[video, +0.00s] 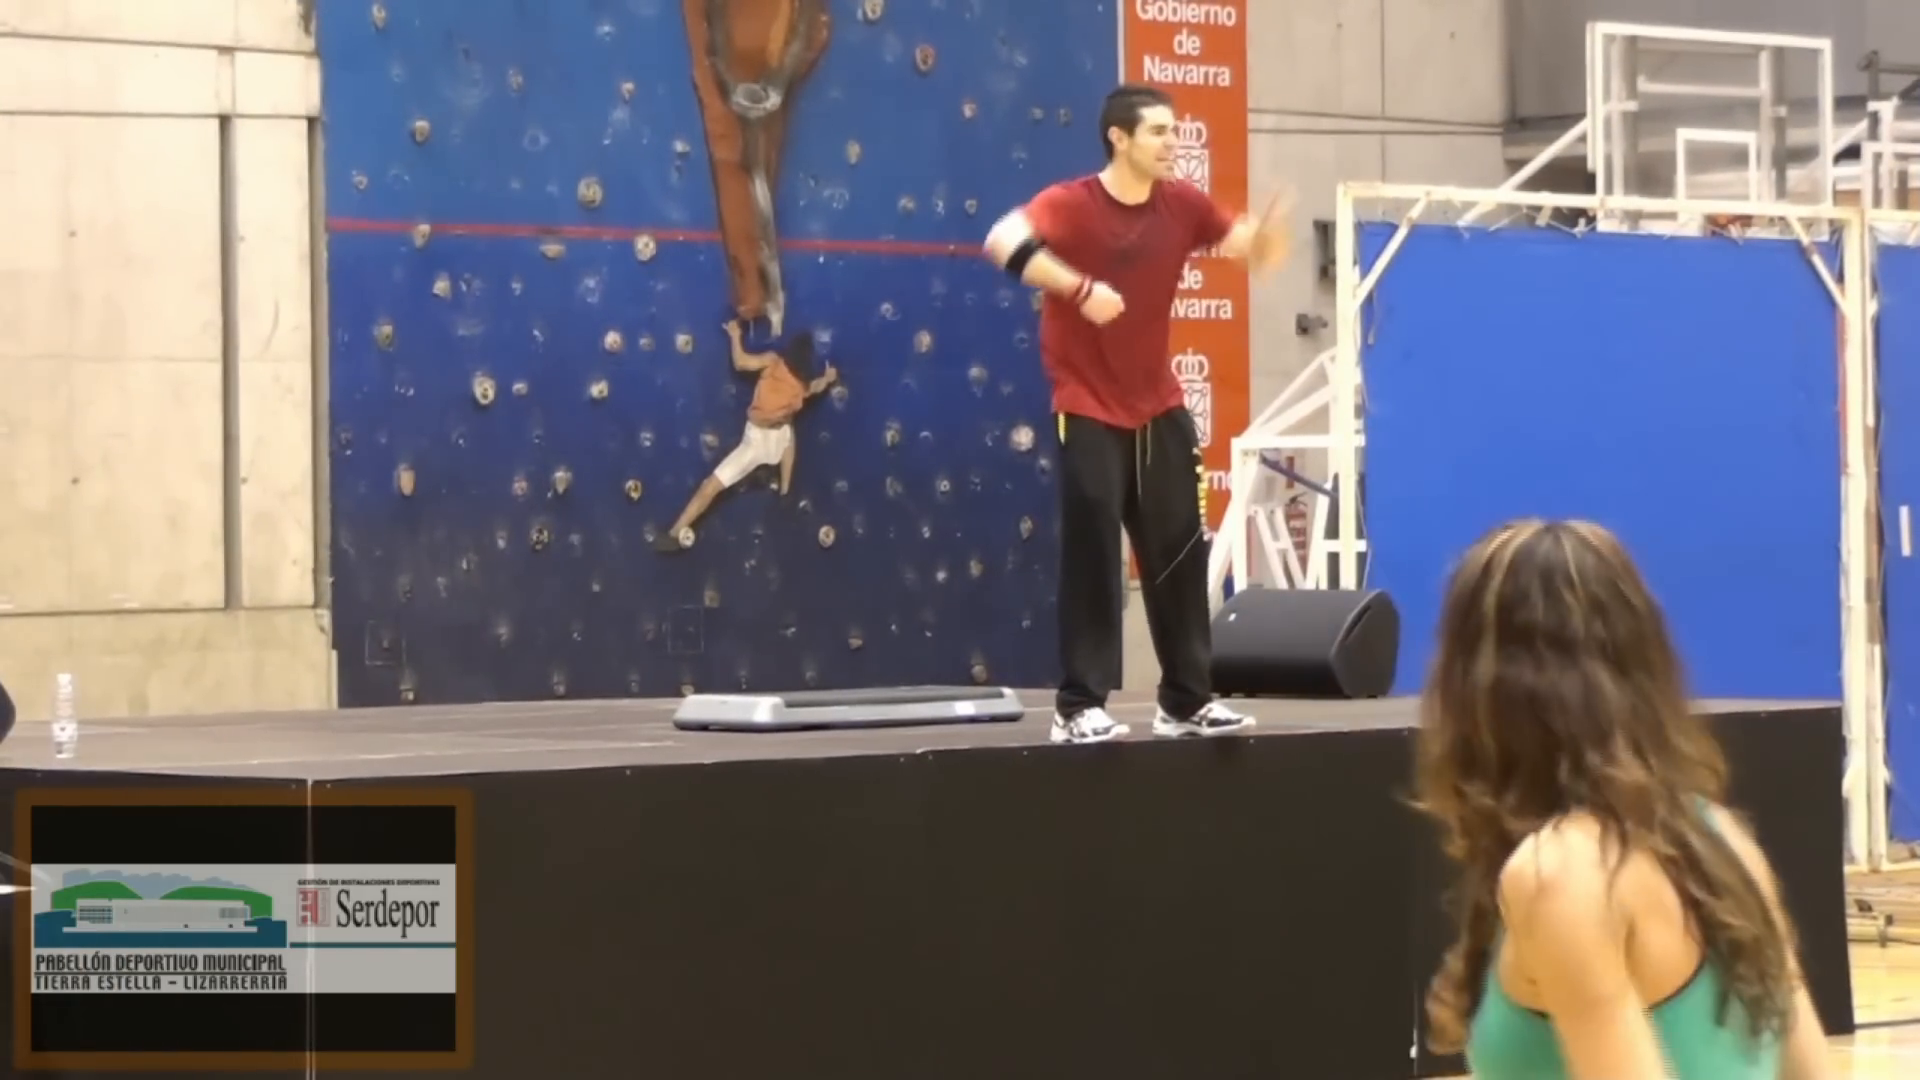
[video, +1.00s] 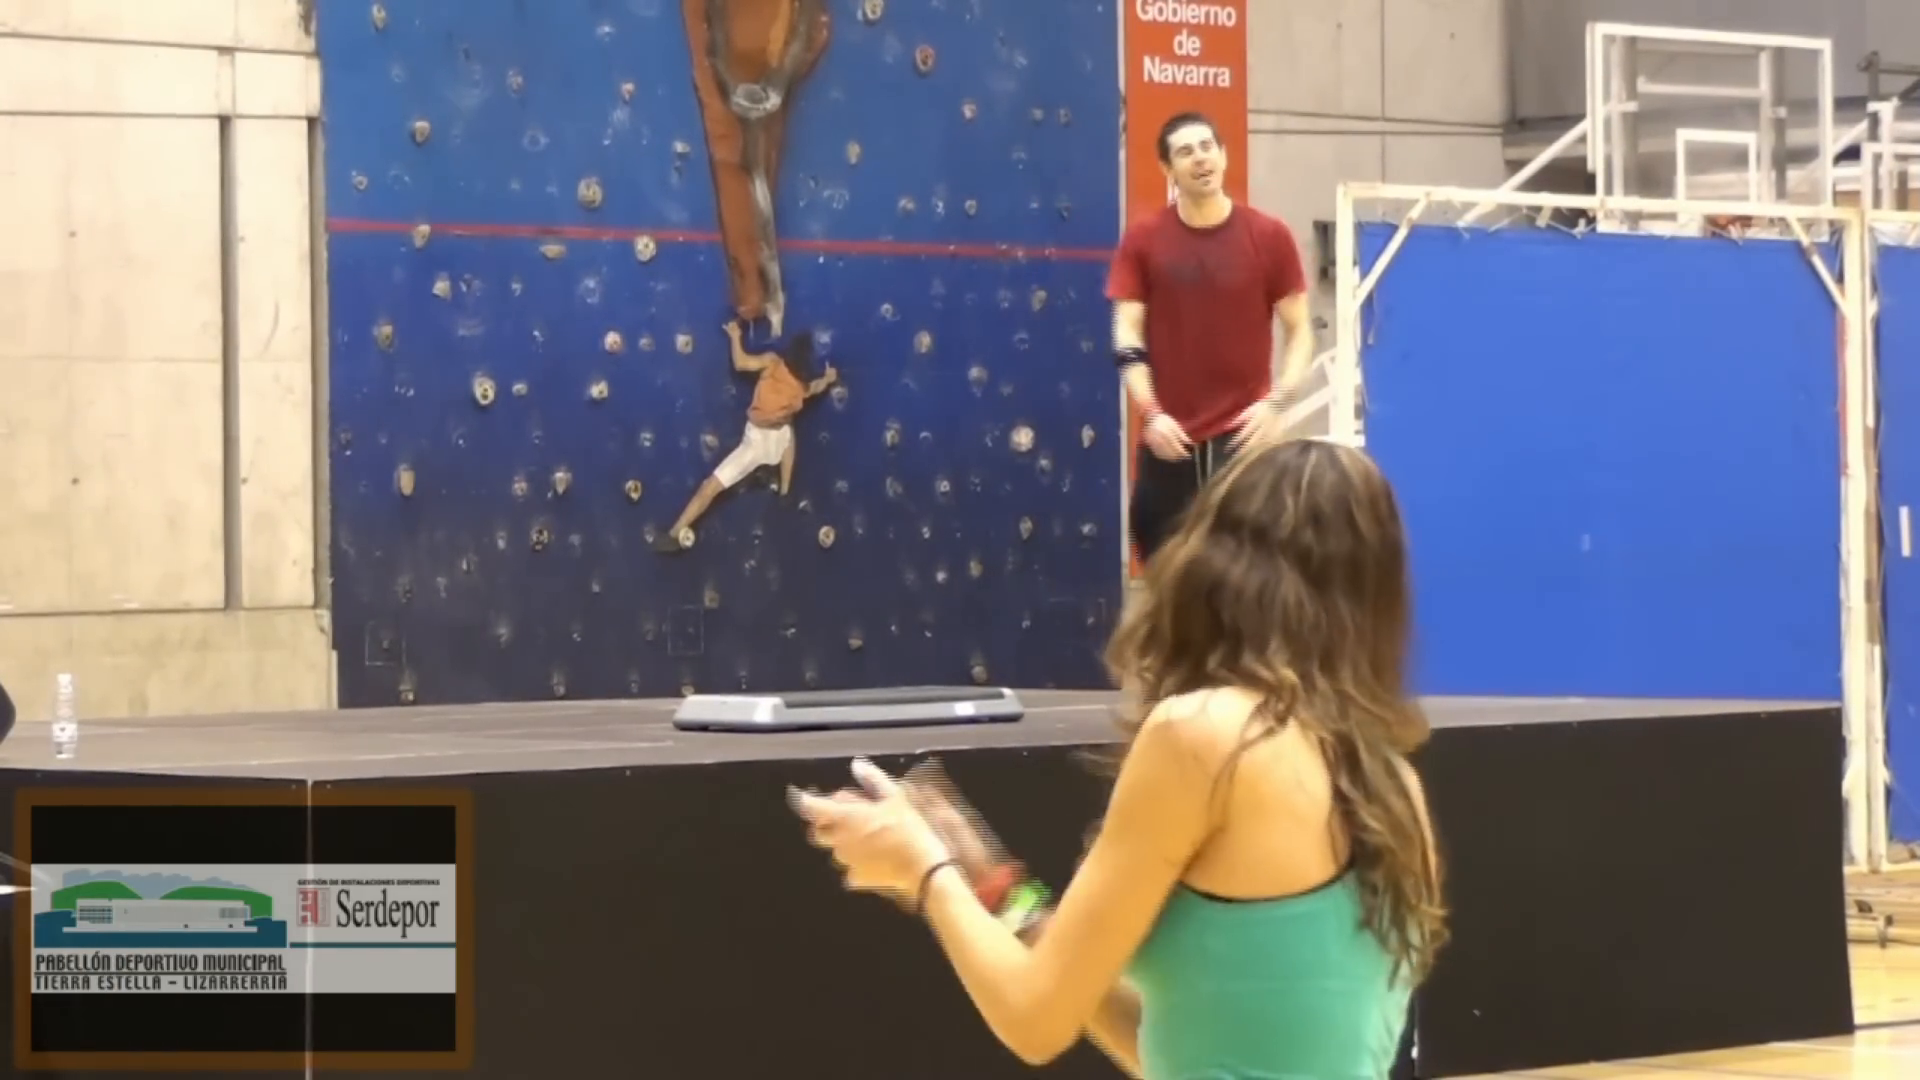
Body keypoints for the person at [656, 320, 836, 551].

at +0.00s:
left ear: (788, 351)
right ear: (808, 359)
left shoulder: (771, 361)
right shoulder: (802, 386)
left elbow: (740, 363)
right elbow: (816, 386)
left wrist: (735, 336)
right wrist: (829, 378)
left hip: (754, 441)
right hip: (779, 439)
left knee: (712, 484)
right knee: (789, 434)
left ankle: (678, 531)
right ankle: (785, 488)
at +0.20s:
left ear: (787, 353)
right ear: (808, 361)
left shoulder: (771, 362)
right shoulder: (802, 387)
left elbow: (740, 364)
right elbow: (816, 387)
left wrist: (735, 337)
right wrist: (828, 379)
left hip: (755, 443)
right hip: (779, 441)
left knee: (711, 486)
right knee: (789, 434)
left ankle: (677, 532)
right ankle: (784, 488)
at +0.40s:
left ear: (788, 353)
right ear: (808, 361)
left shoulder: (772, 362)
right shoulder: (802, 388)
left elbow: (740, 364)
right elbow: (816, 387)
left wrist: (735, 337)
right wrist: (829, 379)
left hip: (754, 443)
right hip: (778, 442)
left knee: (712, 485)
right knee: (789, 434)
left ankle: (677, 532)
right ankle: (785, 489)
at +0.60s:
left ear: (788, 351)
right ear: (807, 360)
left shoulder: (772, 362)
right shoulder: (802, 387)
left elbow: (741, 364)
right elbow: (817, 386)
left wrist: (735, 337)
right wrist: (829, 379)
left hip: (754, 443)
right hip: (778, 442)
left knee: (711, 485)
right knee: (788, 434)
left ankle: (676, 533)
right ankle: (784, 488)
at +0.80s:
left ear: (788, 351)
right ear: (808, 360)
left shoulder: (772, 362)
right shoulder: (802, 387)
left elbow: (741, 363)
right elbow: (816, 387)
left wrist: (735, 337)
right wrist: (829, 379)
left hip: (754, 442)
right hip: (778, 440)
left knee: (712, 484)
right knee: (788, 434)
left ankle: (676, 532)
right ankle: (784, 488)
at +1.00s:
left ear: (788, 351)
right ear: (808, 360)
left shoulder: (772, 362)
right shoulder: (802, 387)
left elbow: (741, 364)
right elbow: (816, 387)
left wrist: (735, 337)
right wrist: (829, 379)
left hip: (754, 442)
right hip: (779, 441)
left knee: (713, 484)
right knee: (789, 434)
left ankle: (676, 532)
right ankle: (785, 488)